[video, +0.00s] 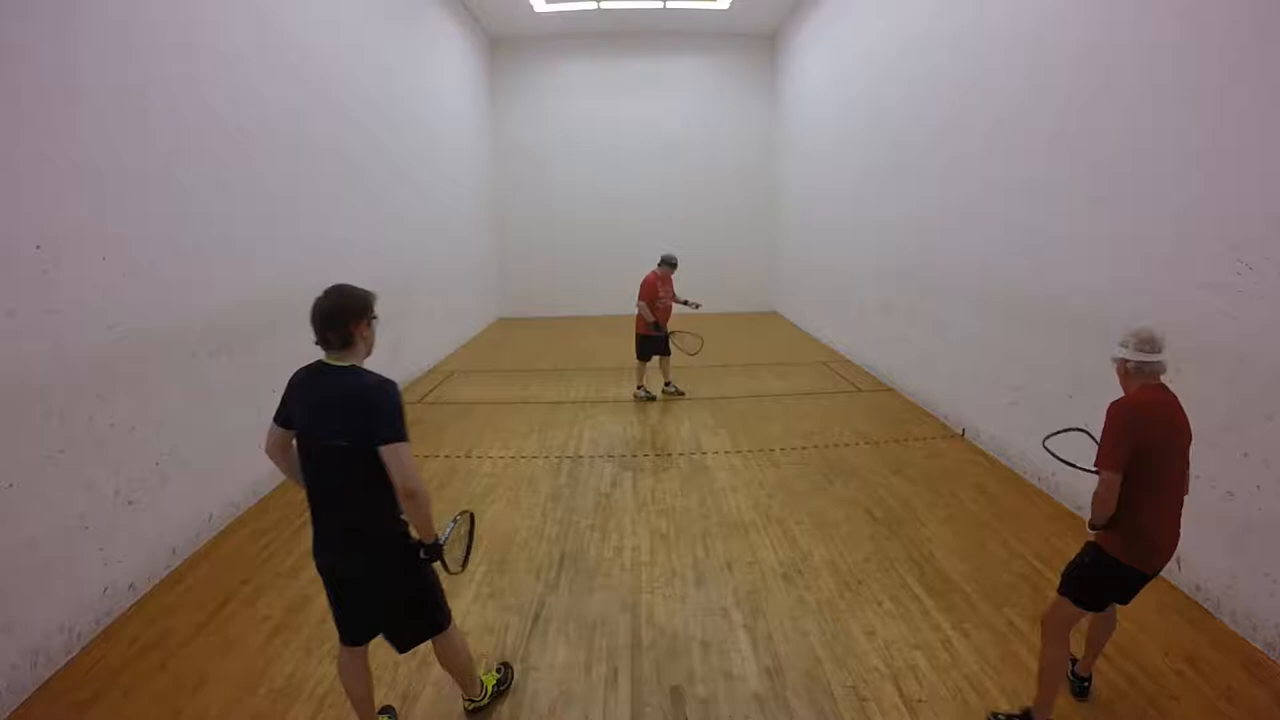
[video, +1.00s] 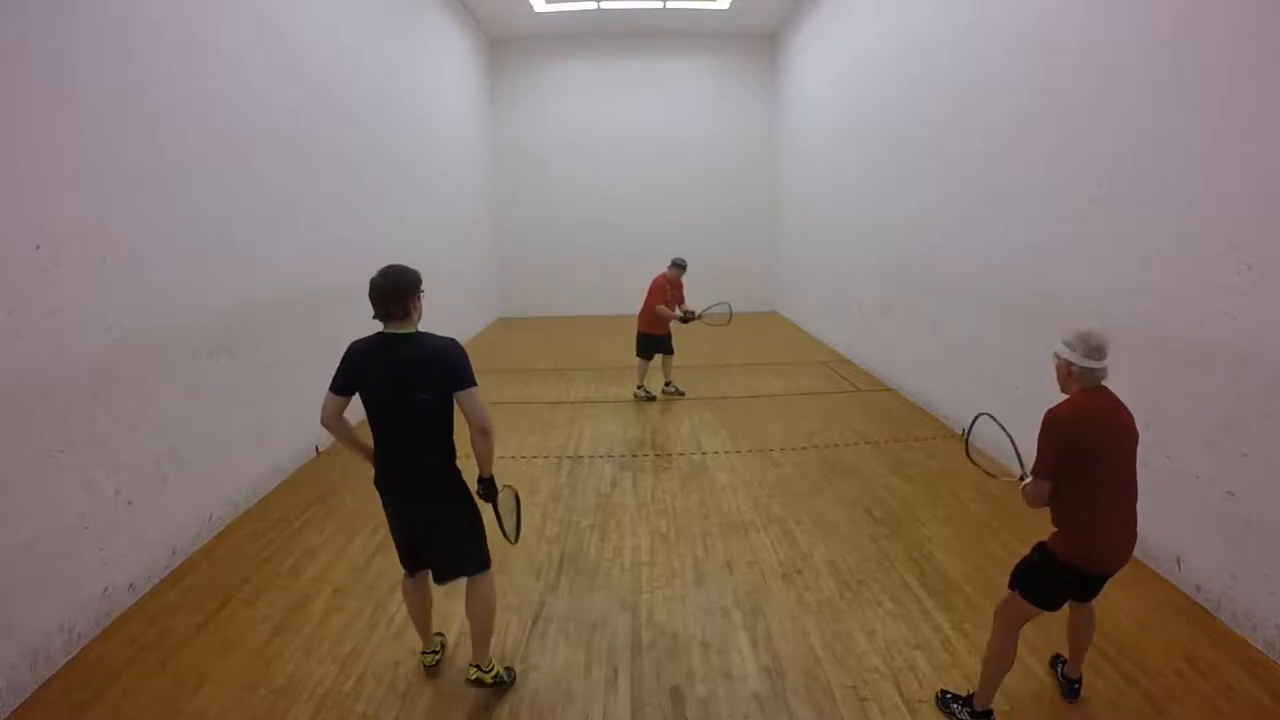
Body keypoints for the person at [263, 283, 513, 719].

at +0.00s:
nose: (374, 329)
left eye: (372, 321)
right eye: (372, 321)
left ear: (322, 333)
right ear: (362, 329)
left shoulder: (302, 382)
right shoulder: (377, 391)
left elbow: (277, 448)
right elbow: (408, 486)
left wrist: (316, 485)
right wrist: (430, 540)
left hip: (332, 544)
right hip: (384, 543)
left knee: (352, 641)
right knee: (439, 622)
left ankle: (368, 716)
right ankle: (476, 691)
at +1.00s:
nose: (422, 301)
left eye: (419, 295)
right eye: (421, 296)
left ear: (375, 307)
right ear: (416, 302)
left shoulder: (359, 354)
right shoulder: (446, 351)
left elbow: (331, 417)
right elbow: (480, 425)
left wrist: (371, 455)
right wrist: (486, 475)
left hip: (393, 482)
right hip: (440, 480)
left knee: (413, 568)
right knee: (478, 568)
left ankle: (428, 647)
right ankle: (481, 665)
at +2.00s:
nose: (411, 296)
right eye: (409, 291)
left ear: (363, 301)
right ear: (407, 297)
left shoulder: (346, 354)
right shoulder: (440, 345)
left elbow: (311, 425)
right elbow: (484, 411)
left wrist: (355, 465)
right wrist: (484, 470)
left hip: (381, 494)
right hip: (438, 490)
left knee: (386, 586)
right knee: (479, 586)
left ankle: (387, 673)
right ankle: (511, 678)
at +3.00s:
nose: (294, 370)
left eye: (291, 364)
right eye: (292, 365)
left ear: (244, 378)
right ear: (287, 372)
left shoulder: (225, 436)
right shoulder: (319, 423)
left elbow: (202, 525)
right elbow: (376, 494)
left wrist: (222, 576)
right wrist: (380, 538)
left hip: (267, 578)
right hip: (327, 570)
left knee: (265, 667)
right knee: (383, 644)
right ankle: (429, 713)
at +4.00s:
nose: (166, 400)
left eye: (166, 393)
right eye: (165, 392)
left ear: (174, 397)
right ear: (211, 389)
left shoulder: (170, 451)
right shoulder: (237, 430)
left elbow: (158, 540)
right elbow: (254, 495)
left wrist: (164, 569)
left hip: (237, 575)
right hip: (286, 551)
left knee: (236, 681)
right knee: (320, 598)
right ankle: (383, 659)